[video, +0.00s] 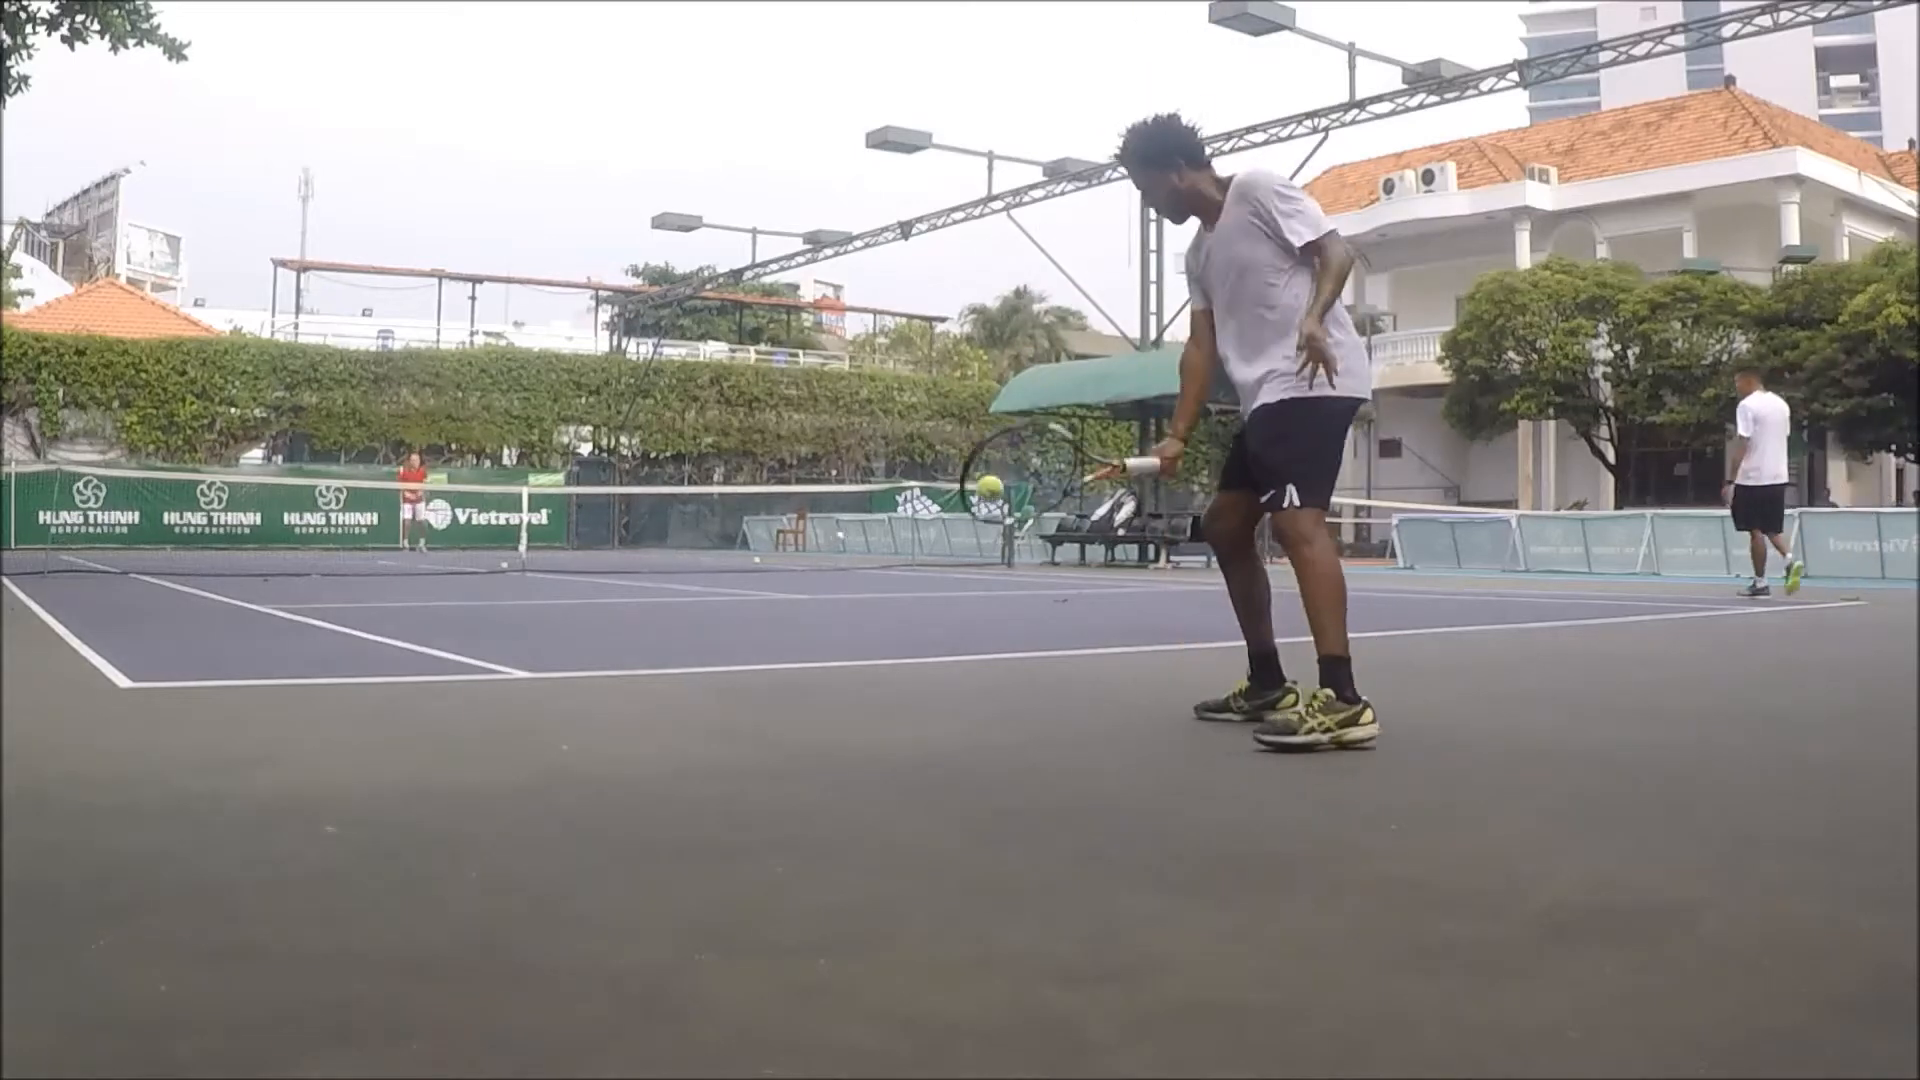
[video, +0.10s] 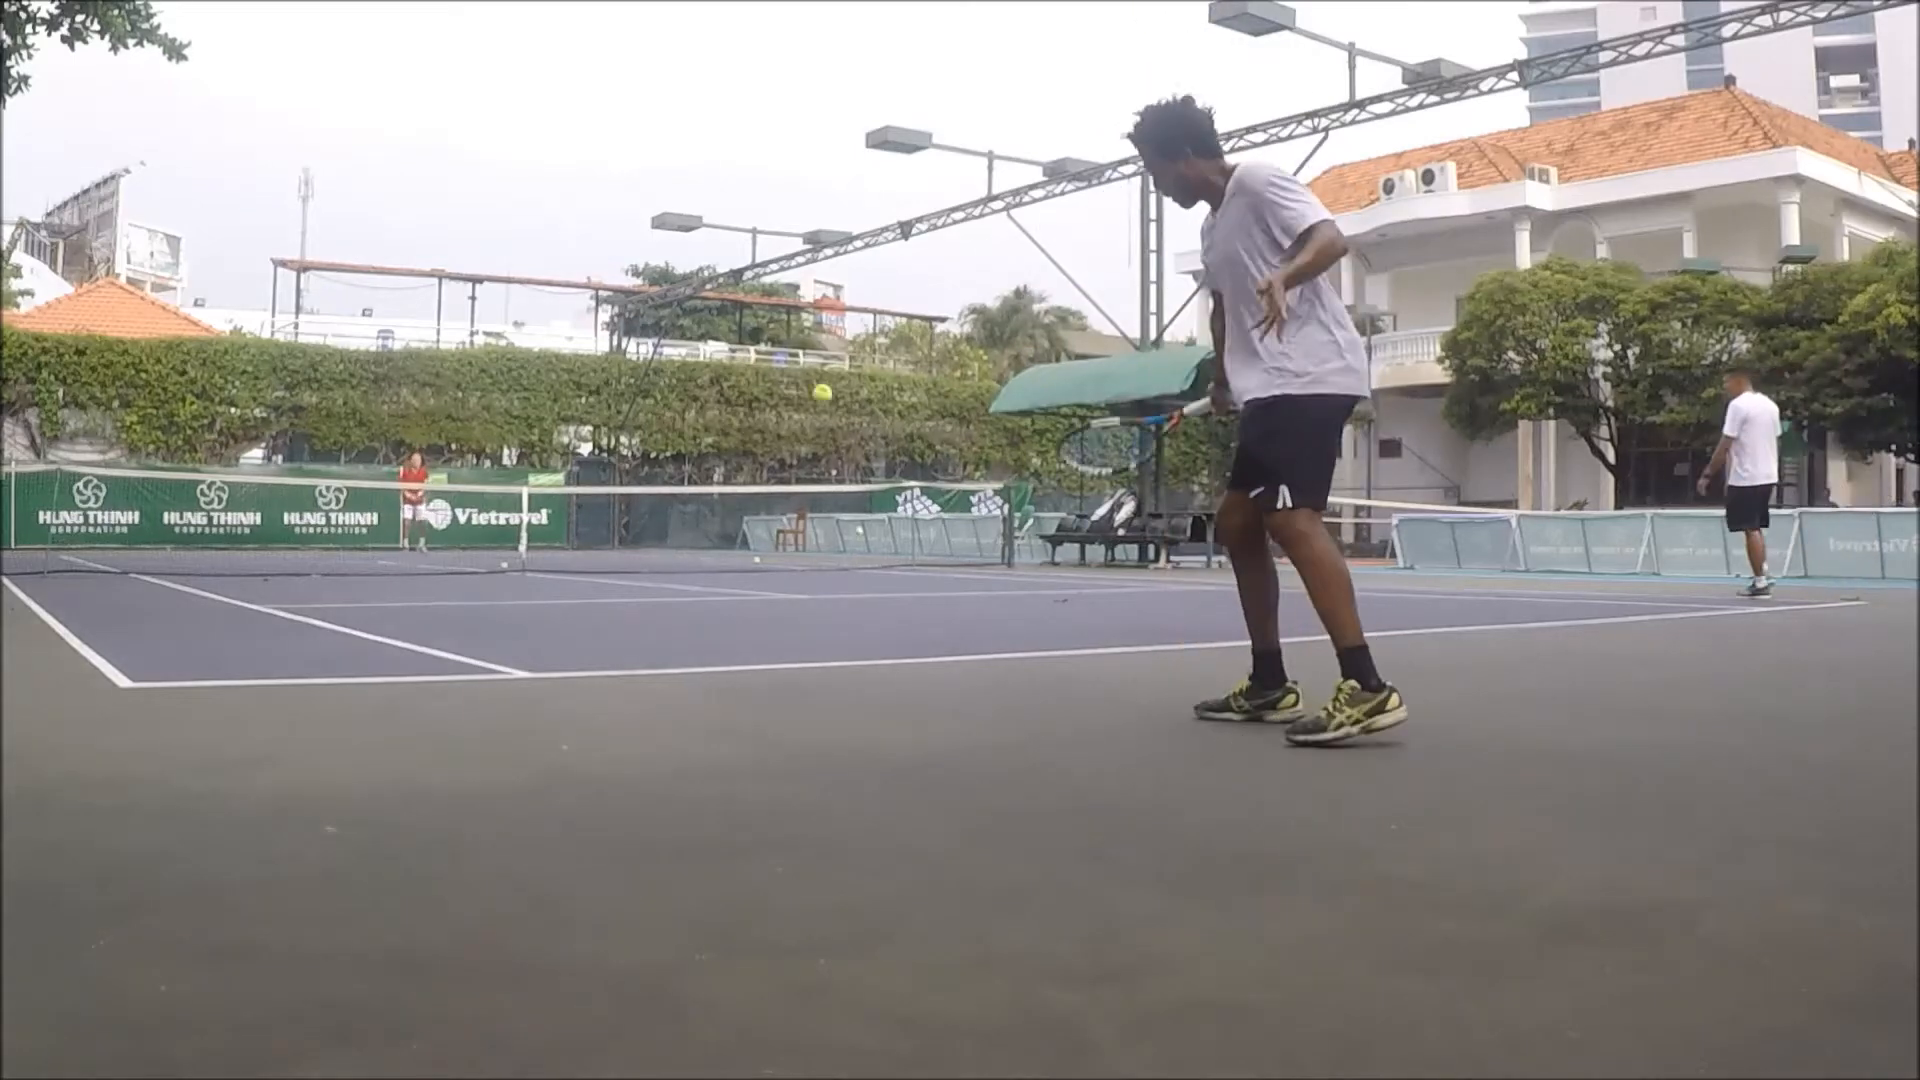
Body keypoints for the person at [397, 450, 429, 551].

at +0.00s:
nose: (415, 462)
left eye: (417, 460)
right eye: (413, 460)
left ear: (420, 461)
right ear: (409, 461)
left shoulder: (422, 471)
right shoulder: (403, 470)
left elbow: (424, 483)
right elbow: (400, 484)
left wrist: (420, 492)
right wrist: (406, 493)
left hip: (419, 498)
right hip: (407, 499)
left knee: (421, 520)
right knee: (407, 520)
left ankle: (422, 541)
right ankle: (405, 541)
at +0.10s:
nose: (417, 462)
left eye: (419, 459)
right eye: (414, 459)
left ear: (421, 461)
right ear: (410, 460)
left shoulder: (423, 471)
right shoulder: (404, 470)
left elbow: (425, 483)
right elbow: (401, 484)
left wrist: (419, 494)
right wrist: (408, 494)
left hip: (419, 498)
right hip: (408, 497)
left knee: (421, 520)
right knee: (407, 520)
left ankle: (422, 542)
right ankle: (405, 540)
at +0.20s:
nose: (419, 460)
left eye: (421, 458)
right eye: (417, 458)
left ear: (423, 459)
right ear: (413, 458)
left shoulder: (426, 468)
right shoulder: (404, 468)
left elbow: (427, 482)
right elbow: (401, 482)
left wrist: (422, 492)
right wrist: (411, 492)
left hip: (421, 496)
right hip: (408, 496)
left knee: (425, 518)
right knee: (406, 518)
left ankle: (425, 541)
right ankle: (403, 540)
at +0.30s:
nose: (422, 460)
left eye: (424, 458)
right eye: (420, 458)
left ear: (426, 459)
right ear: (416, 459)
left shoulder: (428, 470)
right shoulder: (408, 469)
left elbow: (429, 484)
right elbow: (404, 483)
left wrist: (423, 495)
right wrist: (413, 494)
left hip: (423, 495)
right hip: (410, 496)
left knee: (429, 518)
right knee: (406, 519)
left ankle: (430, 542)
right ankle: (399, 541)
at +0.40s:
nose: (423, 466)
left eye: (425, 464)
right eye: (422, 463)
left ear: (428, 465)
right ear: (418, 464)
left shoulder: (430, 475)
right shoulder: (412, 474)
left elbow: (430, 488)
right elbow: (406, 488)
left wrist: (426, 498)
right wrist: (414, 498)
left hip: (424, 500)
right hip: (412, 500)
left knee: (432, 520)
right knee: (407, 522)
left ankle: (432, 543)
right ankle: (397, 540)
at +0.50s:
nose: (428, 466)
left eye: (430, 464)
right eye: (426, 464)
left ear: (432, 465)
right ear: (422, 465)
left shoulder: (433, 476)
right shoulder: (414, 474)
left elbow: (434, 489)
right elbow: (409, 488)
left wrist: (429, 499)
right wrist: (417, 499)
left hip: (426, 504)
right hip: (414, 504)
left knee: (433, 522)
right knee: (410, 524)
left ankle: (432, 544)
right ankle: (398, 542)